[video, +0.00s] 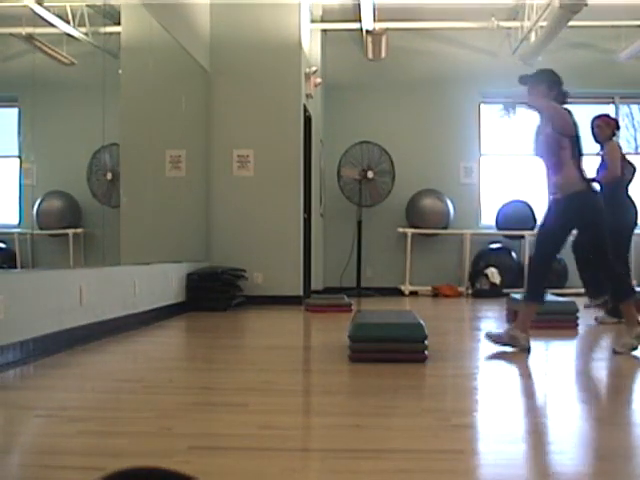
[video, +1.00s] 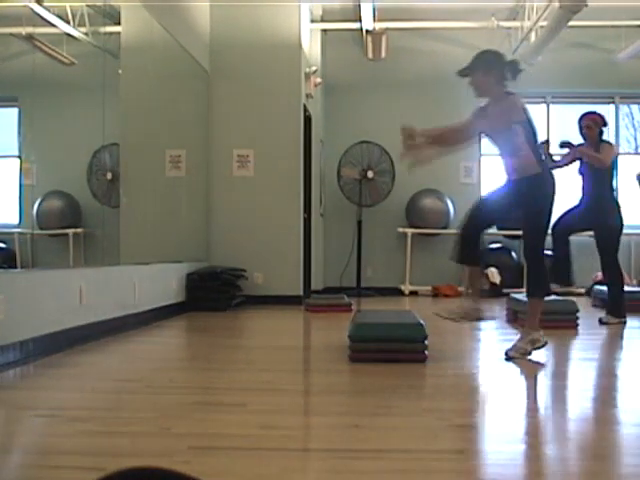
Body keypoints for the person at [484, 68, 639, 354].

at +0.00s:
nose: (529, 95)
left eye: (533, 89)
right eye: (528, 90)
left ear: (551, 90)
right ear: (542, 92)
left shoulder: (562, 117)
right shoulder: (544, 123)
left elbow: (559, 119)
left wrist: (529, 102)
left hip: (583, 199)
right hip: (560, 202)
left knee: (603, 261)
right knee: (539, 262)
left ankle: (633, 325)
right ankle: (520, 331)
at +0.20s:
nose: (537, 95)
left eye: (542, 90)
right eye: (538, 90)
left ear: (558, 92)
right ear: (553, 94)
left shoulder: (574, 117)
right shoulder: (559, 124)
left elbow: (580, 158)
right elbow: (565, 159)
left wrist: (557, 147)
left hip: (599, 199)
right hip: (578, 202)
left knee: (610, 261)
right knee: (544, 254)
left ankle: (636, 327)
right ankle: (569, 317)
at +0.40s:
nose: (532, 93)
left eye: (536, 88)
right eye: (532, 88)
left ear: (551, 90)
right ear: (550, 92)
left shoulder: (569, 119)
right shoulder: (553, 120)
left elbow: (606, 152)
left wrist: (622, 190)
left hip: (588, 199)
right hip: (574, 201)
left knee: (599, 261)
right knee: (568, 265)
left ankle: (629, 325)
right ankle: (603, 325)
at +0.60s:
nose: (514, 91)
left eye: (519, 86)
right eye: (515, 86)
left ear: (535, 91)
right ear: (527, 93)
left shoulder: (560, 118)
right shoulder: (529, 124)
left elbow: (599, 132)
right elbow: (546, 159)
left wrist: (631, 147)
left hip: (578, 194)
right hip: (560, 199)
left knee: (550, 249)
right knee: (580, 259)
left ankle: (564, 318)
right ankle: (605, 325)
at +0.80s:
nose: (500, 95)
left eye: (505, 90)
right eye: (500, 90)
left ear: (521, 92)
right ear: (512, 94)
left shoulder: (539, 123)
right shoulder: (511, 128)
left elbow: (563, 153)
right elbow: (514, 164)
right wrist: (510, 194)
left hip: (551, 201)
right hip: (532, 203)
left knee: (532, 262)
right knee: (544, 263)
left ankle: (534, 336)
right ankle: (595, 314)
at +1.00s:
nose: (471, 83)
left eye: (475, 76)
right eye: (470, 77)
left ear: (493, 75)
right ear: (487, 77)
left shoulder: (508, 106)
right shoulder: (487, 112)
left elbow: (466, 134)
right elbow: (460, 135)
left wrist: (428, 139)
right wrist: (424, 139)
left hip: (536, 186)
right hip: (516, 186)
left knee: (533, 254)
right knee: (472, 224)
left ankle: (533, 330)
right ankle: (474, 301)